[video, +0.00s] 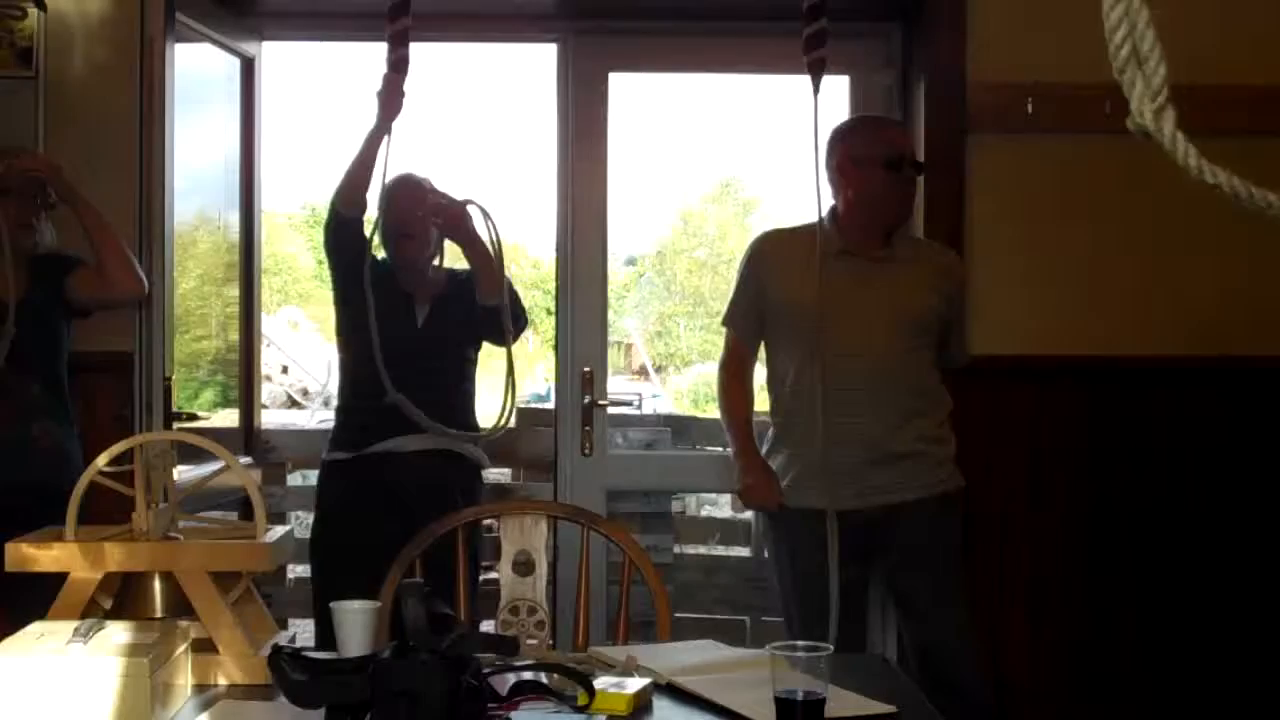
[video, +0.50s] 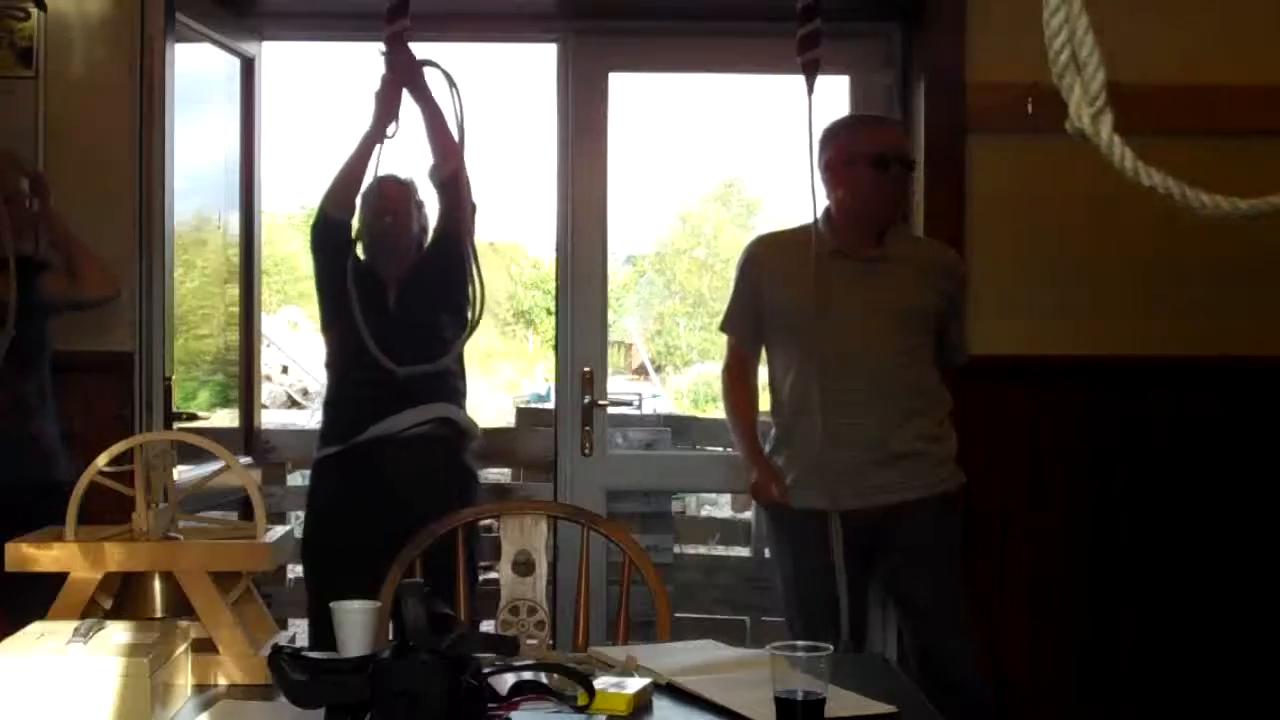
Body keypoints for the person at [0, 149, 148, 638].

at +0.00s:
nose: (31, 210)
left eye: (38, 198)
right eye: (19, 195)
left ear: (44, 209)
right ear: (2, 205)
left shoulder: (45, 272)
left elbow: (128, 286)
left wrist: (70, 194)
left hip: (48, 469)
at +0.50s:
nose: (15, 211)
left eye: (18, 198)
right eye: (7, 199)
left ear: (27, 207)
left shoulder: (25, 275)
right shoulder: (21, 276)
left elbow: (100, 288)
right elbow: (99, 287)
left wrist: (51, 214)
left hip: (37, 462)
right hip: (16, 465)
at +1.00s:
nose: (19, 219)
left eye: (21, 209)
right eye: (13, 209)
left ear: (23, 217)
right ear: (1, 217)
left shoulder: (16, 284)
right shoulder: (16, 285)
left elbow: (76, 336)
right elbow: (75, 335)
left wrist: (32, 254)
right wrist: (31, 256)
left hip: (18, 454)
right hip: (14, 455)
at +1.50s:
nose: (30, 246)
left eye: (31, 231)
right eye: (21, 232)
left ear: (31, 228)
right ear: (12, 231)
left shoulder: (21, 290)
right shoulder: (14, 292)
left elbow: (28, 384)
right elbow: (28, 384)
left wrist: (52, 321)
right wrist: (52, 321)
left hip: (17, 470)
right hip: (11, 472)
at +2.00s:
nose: (33, 215)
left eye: (37, 202)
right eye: (19, 204)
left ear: (44, 206)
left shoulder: (42, 284)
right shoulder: (5, 282)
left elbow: (62, 389)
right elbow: (8, 365)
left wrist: (73, 321)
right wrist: (15, 310)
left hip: (38, 458)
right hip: (8, 457)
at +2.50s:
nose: (25, 218)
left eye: (29, 202)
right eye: (16, 200)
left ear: (33, 208)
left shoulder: (40, 287)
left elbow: (74, 394)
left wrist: (84, 326)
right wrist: (13, 309)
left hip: (39, 479)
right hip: (12, 480)